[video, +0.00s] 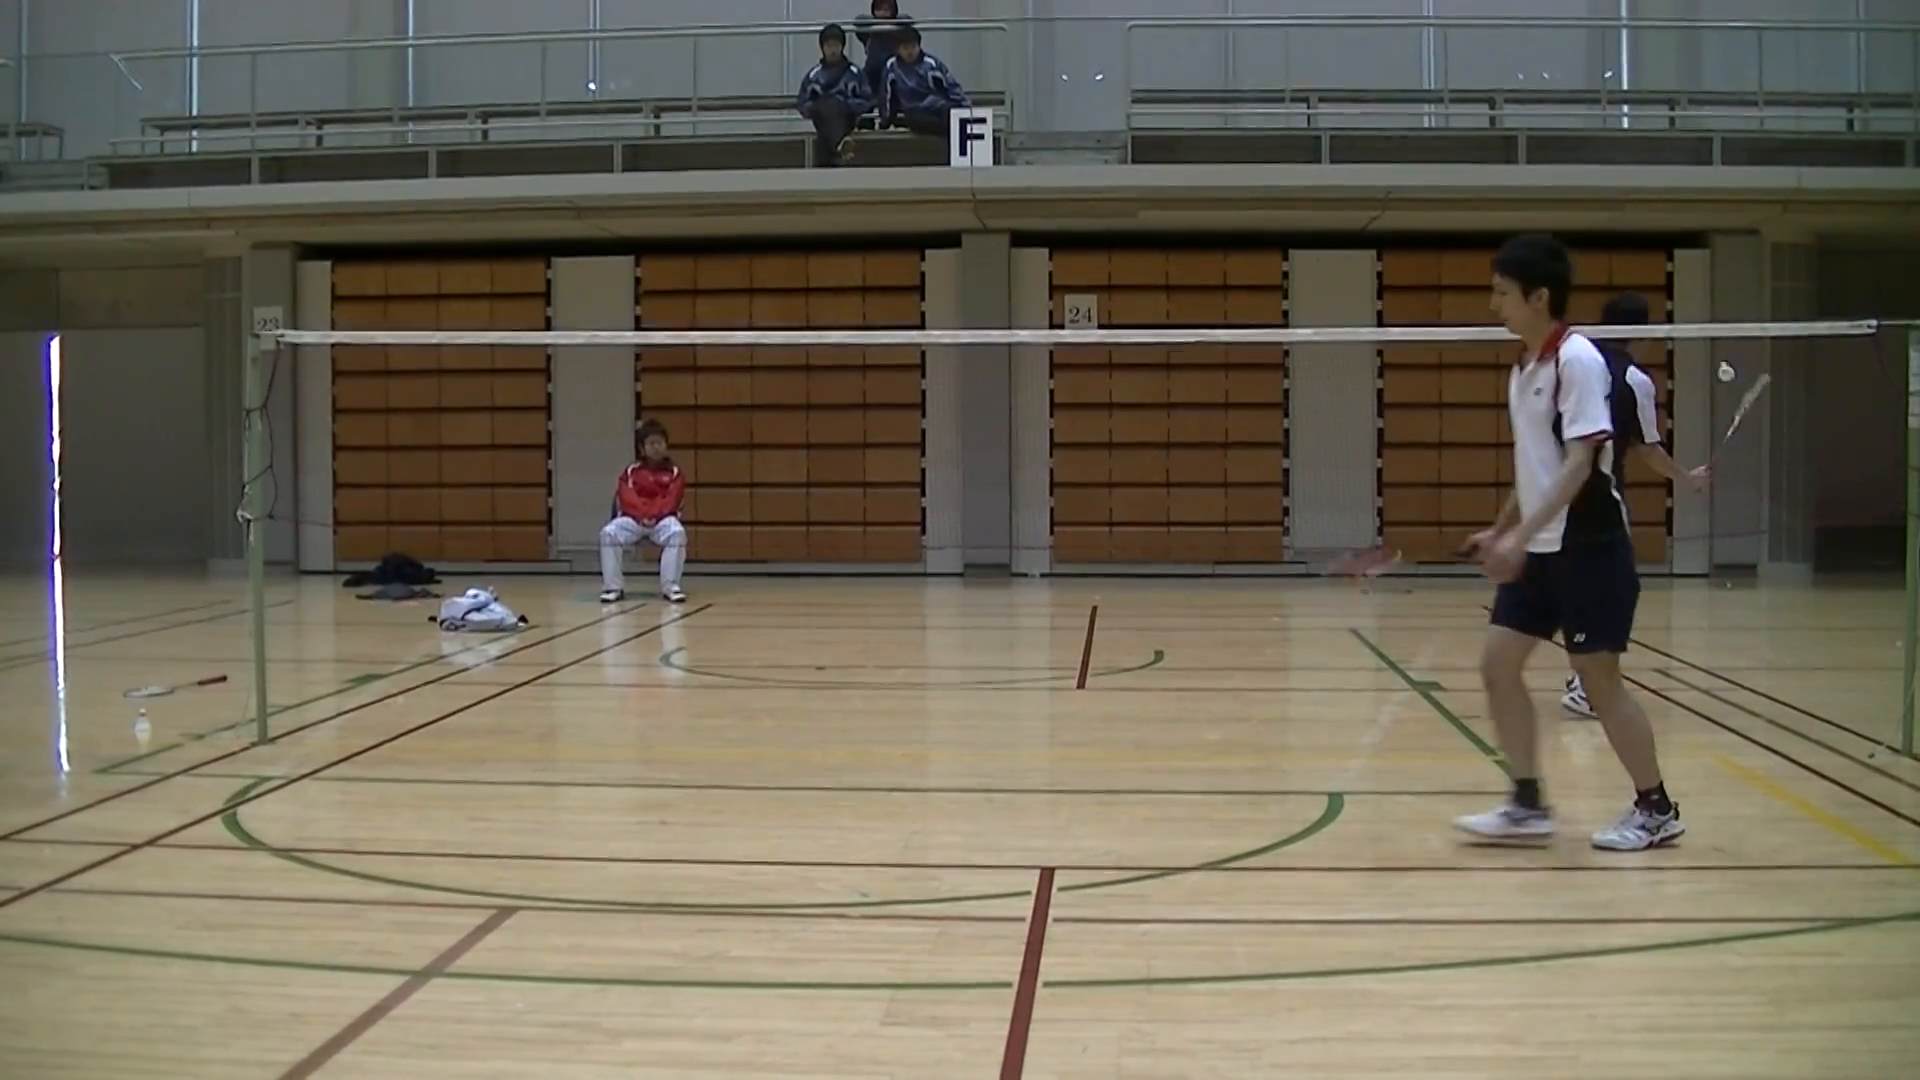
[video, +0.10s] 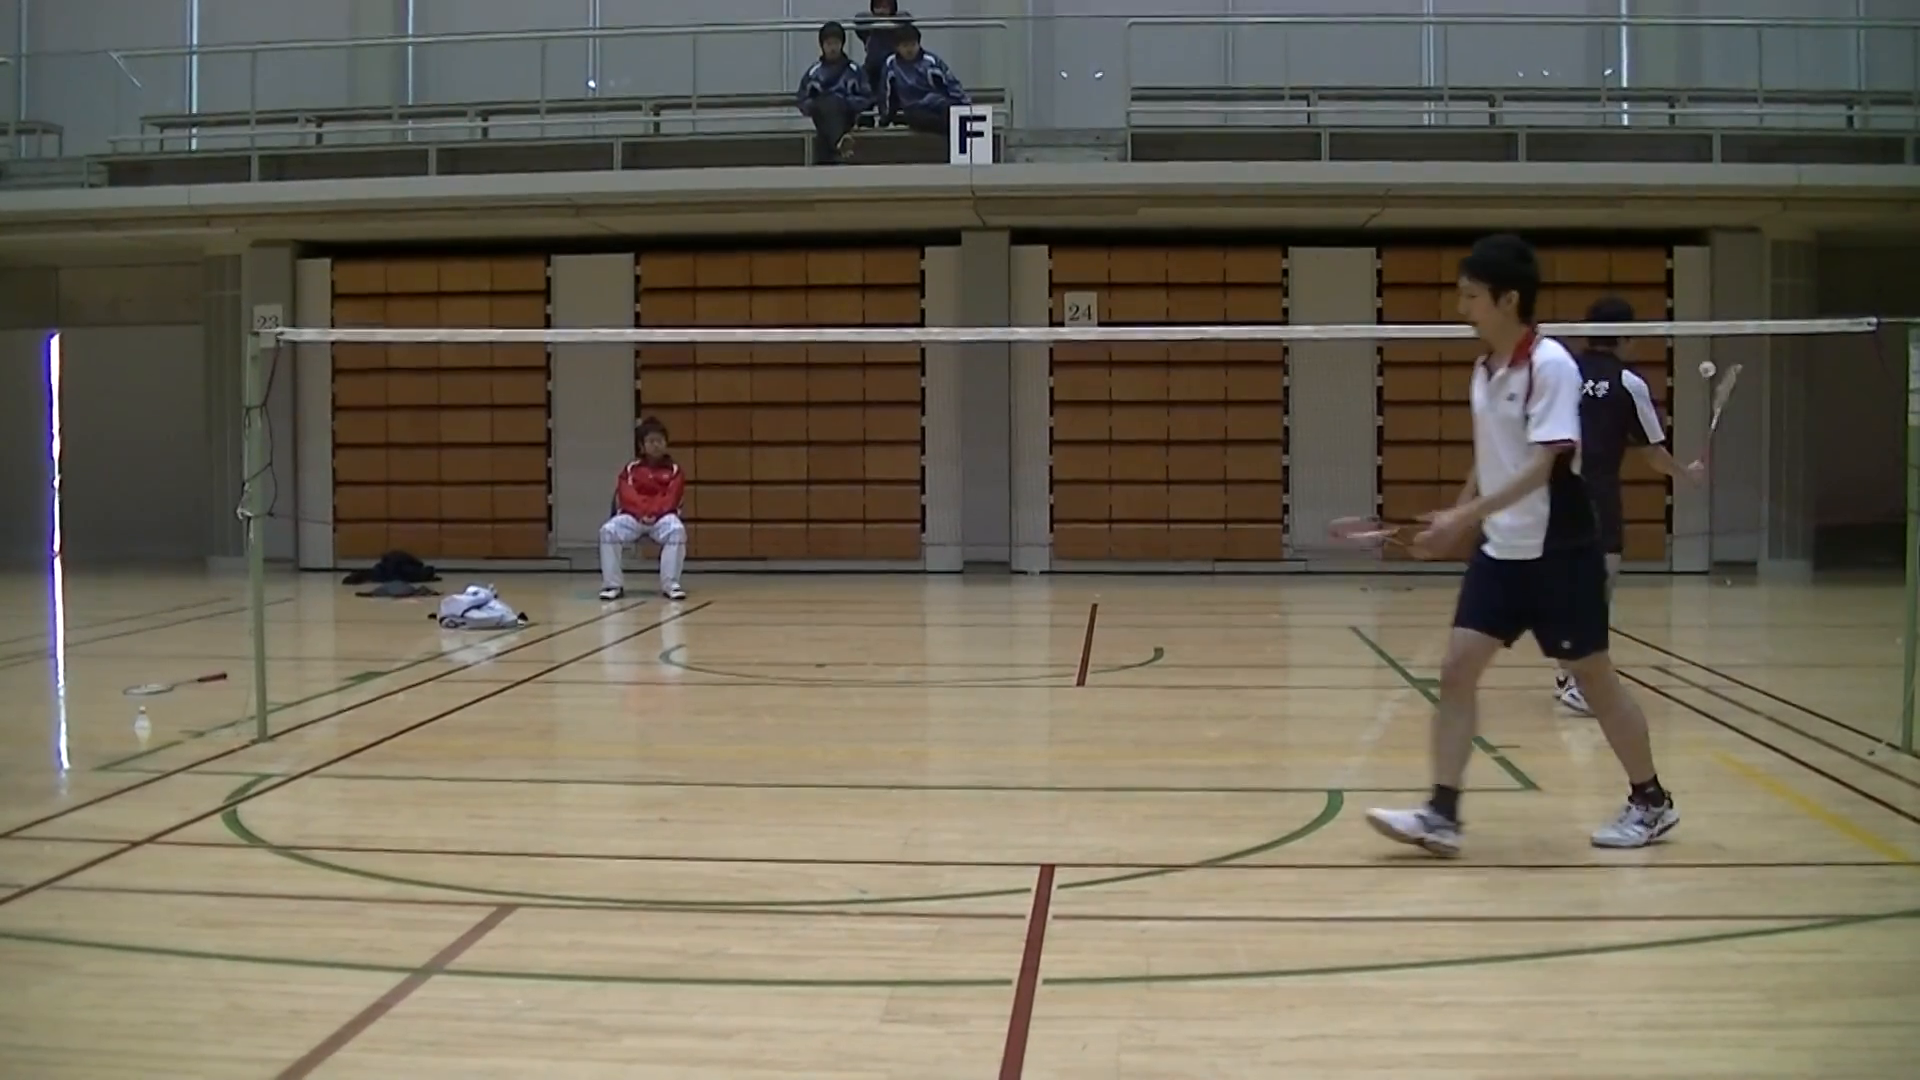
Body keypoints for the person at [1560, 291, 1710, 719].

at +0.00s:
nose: (1649, 338)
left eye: (1646, 331)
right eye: (1647, 331)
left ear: (1604, 325)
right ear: (1639, 334)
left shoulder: (1576, 364)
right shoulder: (1636, 380)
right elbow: (1646, 449)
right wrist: (1684, 475)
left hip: (1570, 493)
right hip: (1605, 496)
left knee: (1584, 583)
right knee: (1613, 584)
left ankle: (1582, 678)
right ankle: (1585, 682)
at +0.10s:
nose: (1633, 342)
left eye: (1631, 335)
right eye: (1631, 336)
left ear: (1589, 333)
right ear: (1624, 338)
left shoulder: (1564, 371)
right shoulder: (1628, 383)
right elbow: (1653, 451)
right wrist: (1683, 472)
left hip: (1557, 496)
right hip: (1599, 500)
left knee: (1565, 583)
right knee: (1598, 587)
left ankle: (1567, 673)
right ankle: (1579, 678)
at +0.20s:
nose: (1614, 340)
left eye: (1611, 334)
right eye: (1613, 335)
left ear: (1573, 332)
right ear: (1609, 337)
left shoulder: (1545, 372)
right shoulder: (1618, 380)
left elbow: (1527, 434)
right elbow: (1644, 445)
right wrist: (1668, 471)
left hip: (1546, 488)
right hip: (1591, 490)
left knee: (1550, 576)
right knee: (1603, 576)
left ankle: (1543, 662)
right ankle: (1592, 668)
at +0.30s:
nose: (1605, 338)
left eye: (1602, 331)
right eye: (1602, 332)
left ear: (1561, 332)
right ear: (1594, 334)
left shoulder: (1534, 373)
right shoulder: (1606, 376)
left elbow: (1511, 427)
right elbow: (1629, 442)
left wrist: (1513, 473)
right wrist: (1648, 481)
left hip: (1540, 488)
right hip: (1585, 489)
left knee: (1551, 578)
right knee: (1603, 572)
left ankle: (1560, 668)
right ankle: (1596, 642)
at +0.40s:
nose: (1573, 260)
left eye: (1564, 250)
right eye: (1576, 252)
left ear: (1550, 256)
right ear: (1583, 256)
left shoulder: (1525, 300)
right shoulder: (1595, 297)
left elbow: (1504, 353)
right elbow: (1619, 356)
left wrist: (1502, 400)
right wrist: (1622, 404)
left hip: (1538, 414)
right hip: (1582, 414)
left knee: (1544, 505)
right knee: (1588, 493)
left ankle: (1556, 589)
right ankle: (1589, 565)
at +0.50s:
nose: (1573, 179)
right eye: (1573, 172)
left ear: (1537, 175)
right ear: (1573, 175)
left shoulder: (1518, 217)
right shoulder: (1590, 218)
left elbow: (1498, 278)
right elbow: (1603, 281)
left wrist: (1500, 317)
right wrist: (1610, 326)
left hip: (1530, 329)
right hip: (1574, 329)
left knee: (1542, 419)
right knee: (1573, 415)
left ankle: (1556, 506)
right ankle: (1575, 501)